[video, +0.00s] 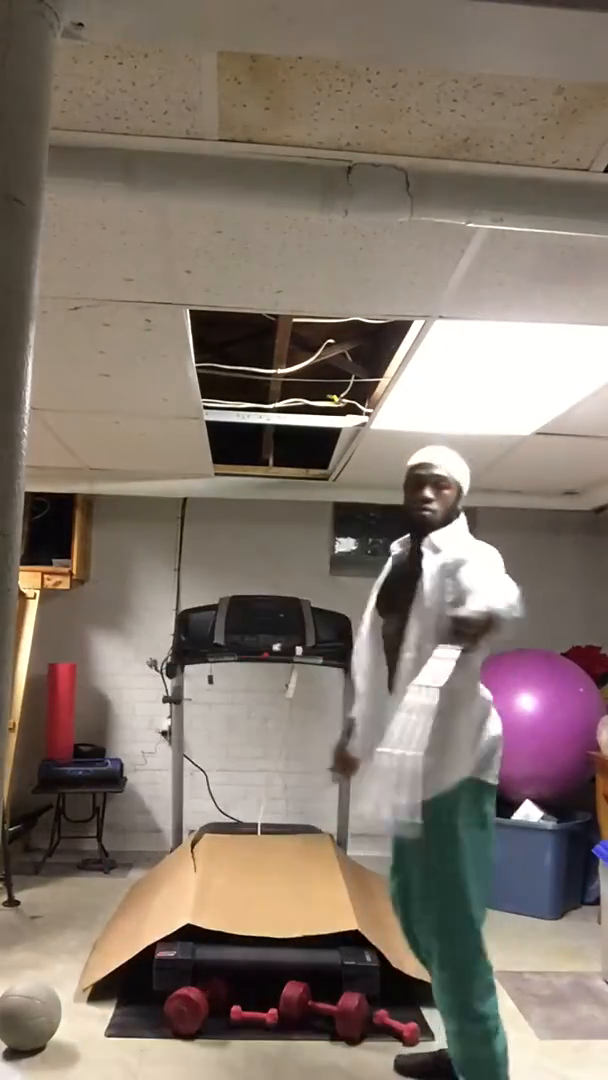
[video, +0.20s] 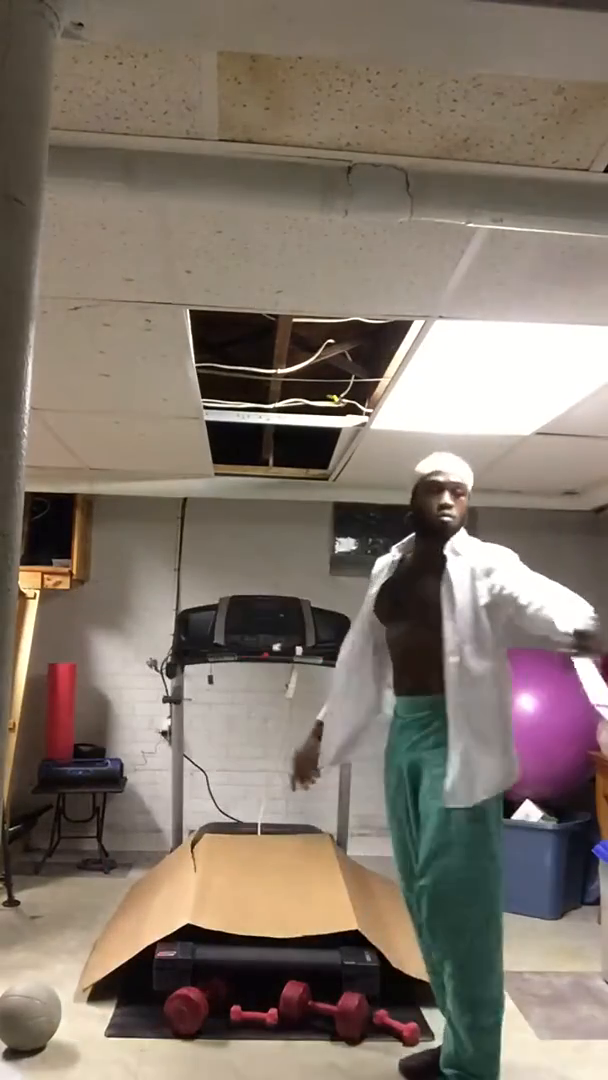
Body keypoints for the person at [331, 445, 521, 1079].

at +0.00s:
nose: (426, 494)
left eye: (440, 485)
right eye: (416, 484)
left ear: (462, 496)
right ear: (405, 494)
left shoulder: (471, 554)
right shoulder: (394, 564)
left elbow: (503, 599)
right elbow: (368, 659)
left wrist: (481, 616)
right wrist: (353, 737)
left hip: (453, 755)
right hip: (405, 756)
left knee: (449, 916)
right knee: (412, 907)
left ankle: (482, 1066)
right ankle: (462, 1049)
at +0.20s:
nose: (445, 499)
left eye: (456, 491)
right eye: (433, 489)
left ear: (468, 503)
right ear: (411, 500)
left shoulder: (484, 563)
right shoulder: (388, 570)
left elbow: (533, 599)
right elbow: (358, 665)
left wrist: (587, 629)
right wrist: (319, 735)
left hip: (458, 732)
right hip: (401, 729)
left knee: (454, 893)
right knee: (422, 891)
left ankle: (472, 1061)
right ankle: (460, 1043)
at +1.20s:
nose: (437, 516)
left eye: (447, 507)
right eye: (426, 507)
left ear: (462, 516)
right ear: (407, 516)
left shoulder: (493, 576)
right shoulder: (377, 574)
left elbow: (526, 644)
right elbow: (358, 644)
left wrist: (579, 660)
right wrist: (400, 685)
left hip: (467, 734)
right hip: (401, 737)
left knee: (447, 900)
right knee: (425, 898)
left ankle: (423, 1062)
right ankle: (469, 1033)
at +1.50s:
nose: (424, 510)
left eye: (433, 500)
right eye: (412, 502)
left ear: (452, 510)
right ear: (395, 514)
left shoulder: (478, 580)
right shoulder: (372, 550)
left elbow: (527, 647)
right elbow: (394, 571)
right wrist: (469, 600)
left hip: (444, 734)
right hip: (379, 735)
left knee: (414, 910)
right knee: (414, 898)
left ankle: (385, 1069)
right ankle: (466, 1028)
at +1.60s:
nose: (414, 507)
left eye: (425, 497)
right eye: (404, 500)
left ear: (448, 507)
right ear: (389, 512)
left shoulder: (475, 580)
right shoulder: (371, 548)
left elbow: (476, 686)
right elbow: (366, 558)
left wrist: (470, 628)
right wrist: (491, 600)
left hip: (432, 742)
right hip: (369, 741)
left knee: (401, 921)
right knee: (403, 899)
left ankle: (372, 1072)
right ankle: (463, 1022)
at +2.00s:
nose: (360, 481)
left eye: (373, 470)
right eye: (356, 474)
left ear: (415, 487)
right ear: (355, 492)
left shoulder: (456, 561)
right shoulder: (341, 548)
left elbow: (499, 661)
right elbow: (329, 508)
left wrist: (490, 566)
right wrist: (436, 522)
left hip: (417, 738)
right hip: (337, 735)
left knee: (395, 923)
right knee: (308, 904)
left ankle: (367, 1069)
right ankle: (383, 1009)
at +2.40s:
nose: (310, 506)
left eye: (322, 490)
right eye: (305, 494)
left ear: (371, 491)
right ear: (302, 502)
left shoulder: (430, 554)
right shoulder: (311, 558)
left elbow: (524, 609)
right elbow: (256, 586)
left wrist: (450, 566)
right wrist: (363, 555)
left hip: (421, 753)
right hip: (335, 752)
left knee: (405, 941)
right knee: (309, 943)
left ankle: (375, 1067)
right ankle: (308, 1067)